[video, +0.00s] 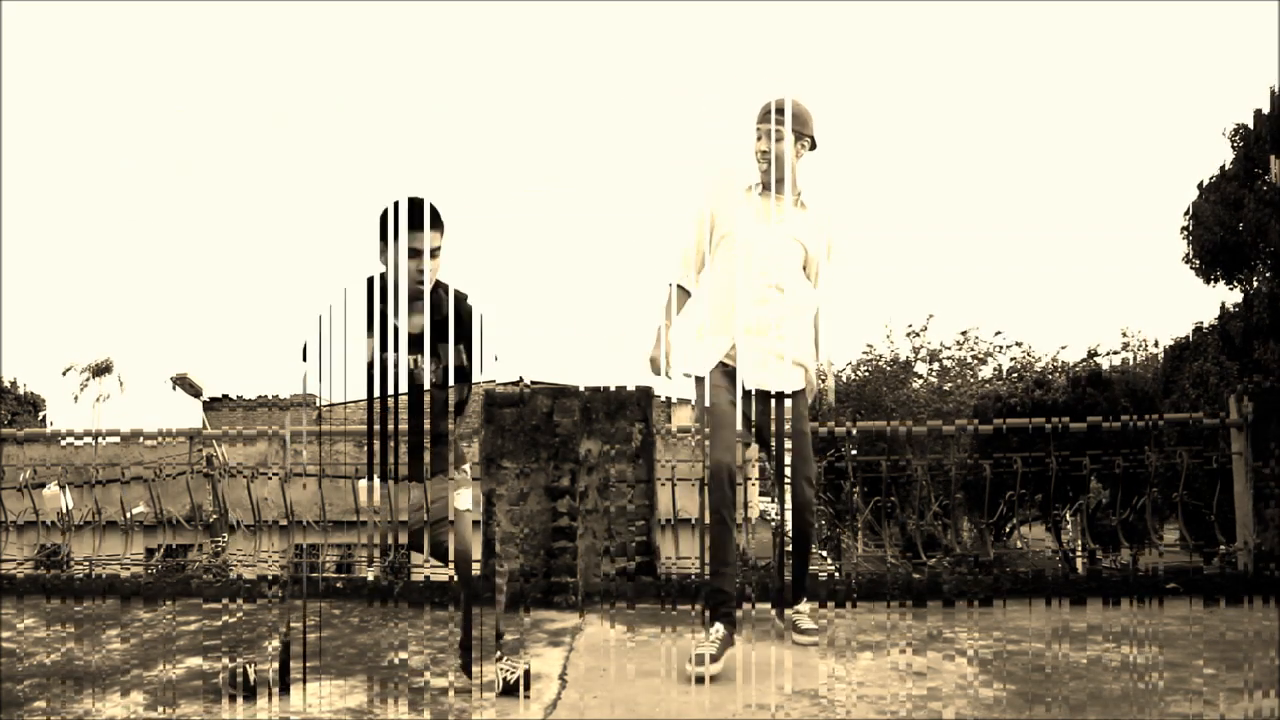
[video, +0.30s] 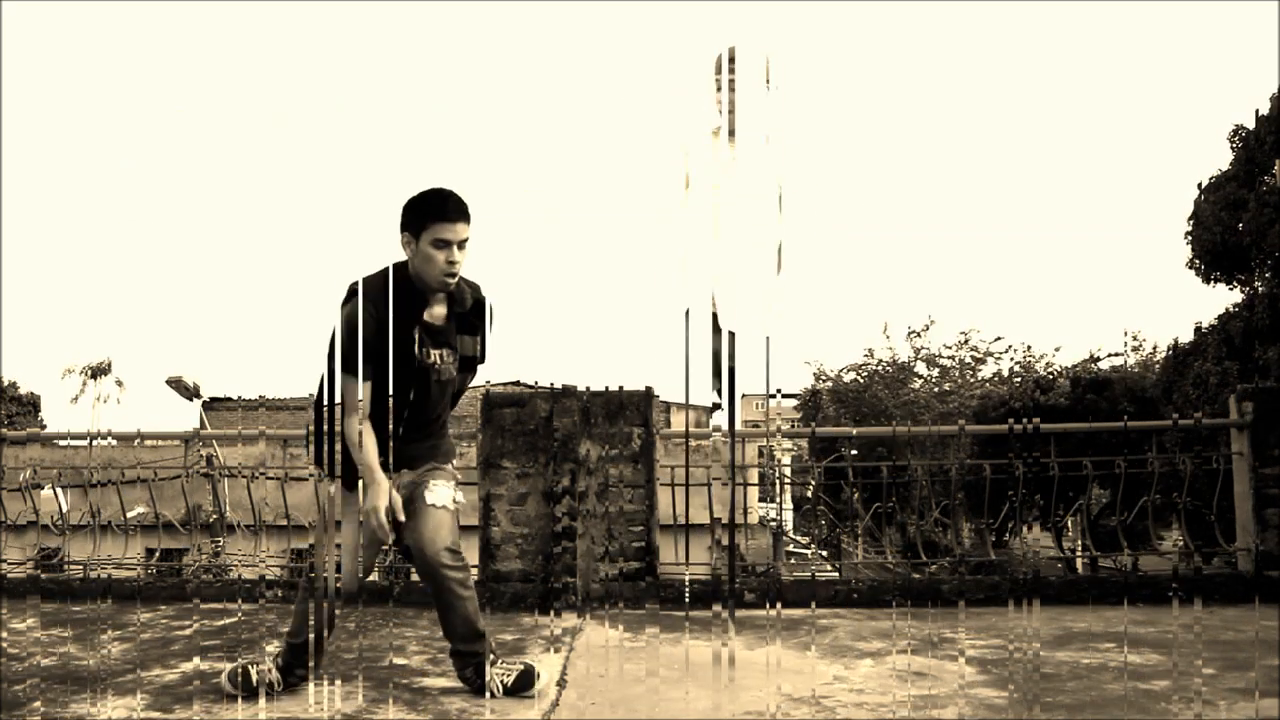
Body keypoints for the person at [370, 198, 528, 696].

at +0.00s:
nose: (425, 266)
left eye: (433, 254)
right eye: (414, 253)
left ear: (443, 252)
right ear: (389, 253)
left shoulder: (459, 309)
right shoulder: (370, 300)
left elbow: (470, 387)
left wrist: (458, 431)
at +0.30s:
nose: (454, 258)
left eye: (462, 246)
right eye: (442, 245)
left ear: (468, 246)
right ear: (409, 245)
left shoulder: (471, 304)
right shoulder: (368, 301)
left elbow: (457, 387)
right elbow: (352, 413)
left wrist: (423, 433)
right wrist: (374, 478)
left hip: (429, 455)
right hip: (366, 455)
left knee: (436, 547)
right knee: (337, 565)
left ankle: (478, 667)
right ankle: (288, 665)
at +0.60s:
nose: (379, 288)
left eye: (384, 275)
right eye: (365, 276)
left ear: (390, 273)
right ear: (328, 280)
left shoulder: (414, 322)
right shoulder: (302, 331)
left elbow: (485, 365)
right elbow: (269, 451)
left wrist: (505, 419)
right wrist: (284, 423)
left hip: (376, 518)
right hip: (310, 506)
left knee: (355, 622)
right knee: (227, 541)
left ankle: (470, 674)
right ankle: (278, 659)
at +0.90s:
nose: (307, 381)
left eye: (314, 366)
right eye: (291, 370)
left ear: (324, 357)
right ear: (263, 369)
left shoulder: (357, 414)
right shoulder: (252, 407)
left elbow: (418, 496)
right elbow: (194, 482)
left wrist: (403, 539)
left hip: (363, 565)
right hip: (303, 551)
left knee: (338, 685)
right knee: (226, 548)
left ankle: (464, 674)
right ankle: (280, 663)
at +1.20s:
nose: (281, 349)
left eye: (290, 333)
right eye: (266, 340)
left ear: (308, 327)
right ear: (249, 344)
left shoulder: (349, 379)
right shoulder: (250, 400)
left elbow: (437, 460)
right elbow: (199, 484)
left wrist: (419, 435)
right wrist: (140, 437)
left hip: (362, 557)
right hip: (300, 544)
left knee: (335, 690)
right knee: (218, 549)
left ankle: (462, 675)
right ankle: (280, 662)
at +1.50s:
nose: (324, 295)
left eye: (334, 281)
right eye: (313, 286)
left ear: (362, 271)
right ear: (303, 283)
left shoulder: (404, 305)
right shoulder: (295, 335)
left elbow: (475, 288)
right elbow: (198, 327)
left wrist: (409, 231)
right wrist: (144, 268)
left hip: (451, 497)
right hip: (377, 514)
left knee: (503, 541)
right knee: (360, 611)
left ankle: (490, 655)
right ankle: (292, 677)